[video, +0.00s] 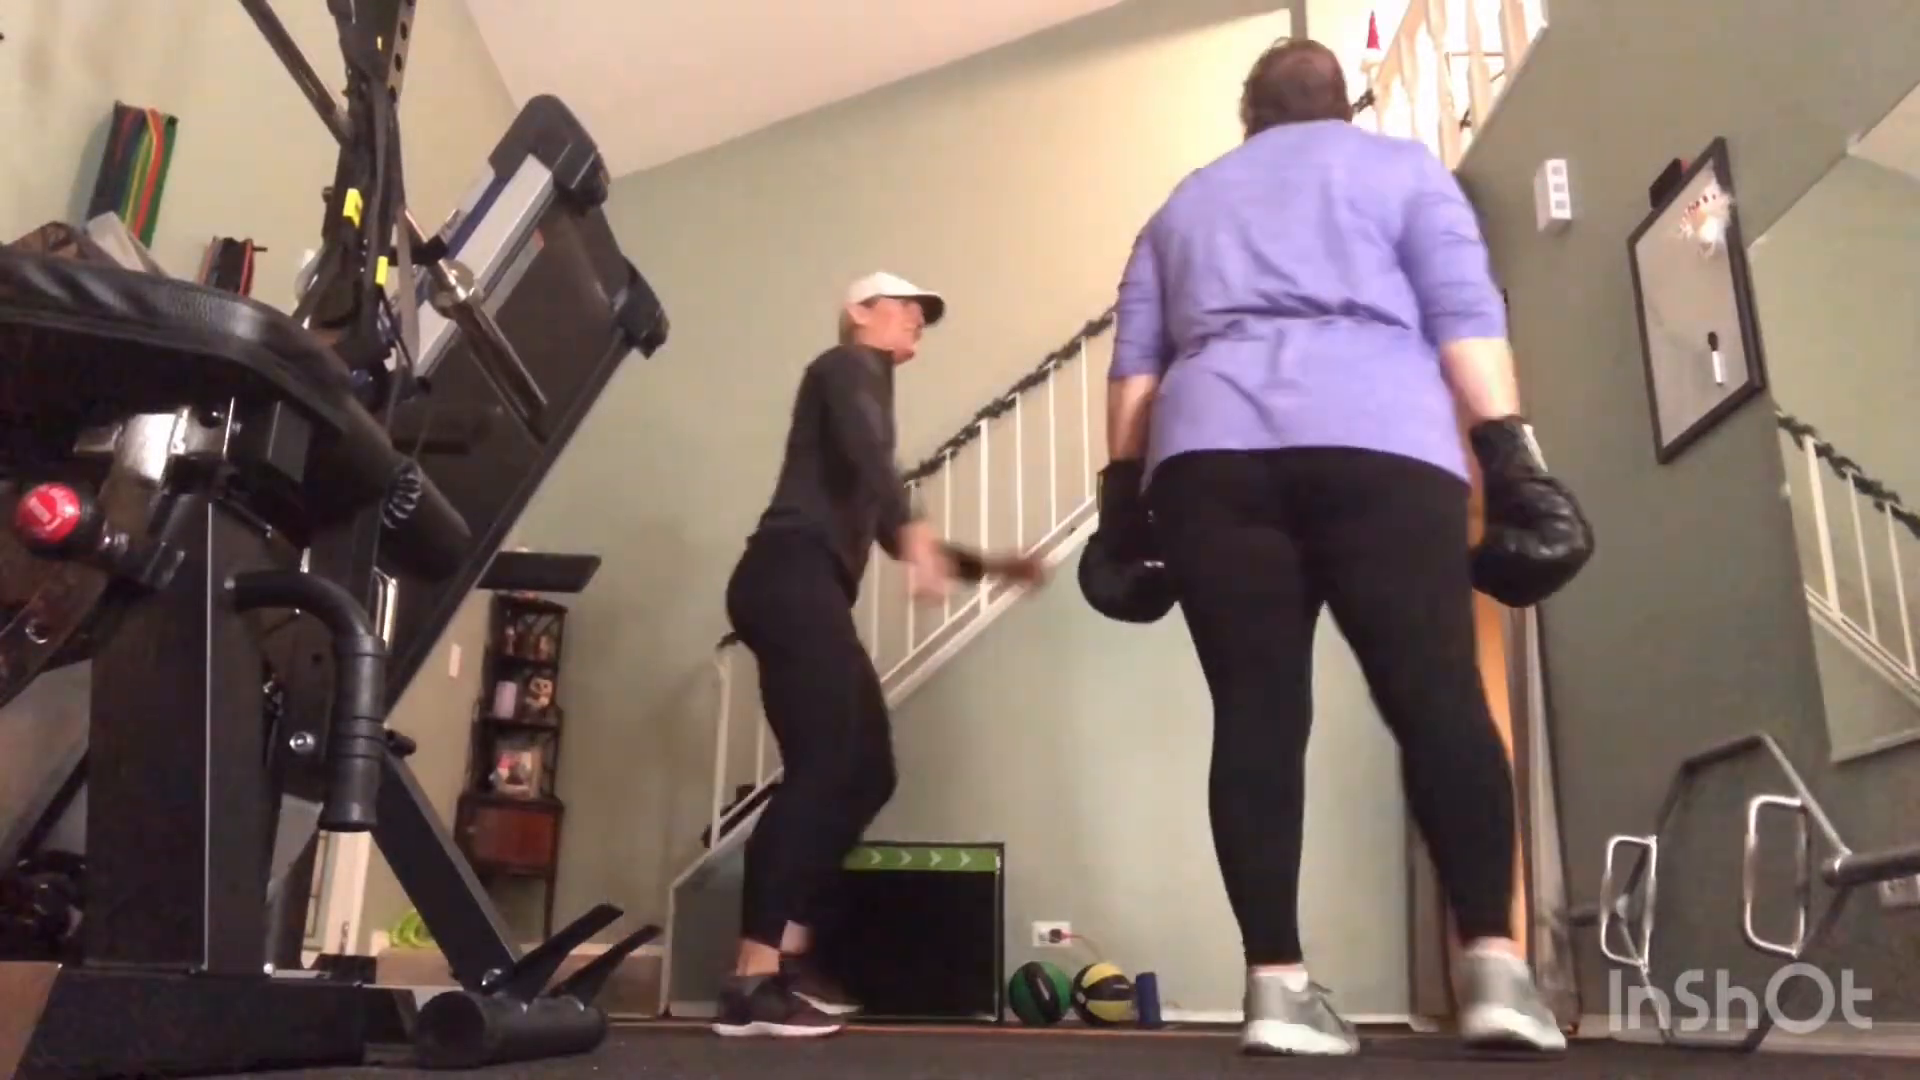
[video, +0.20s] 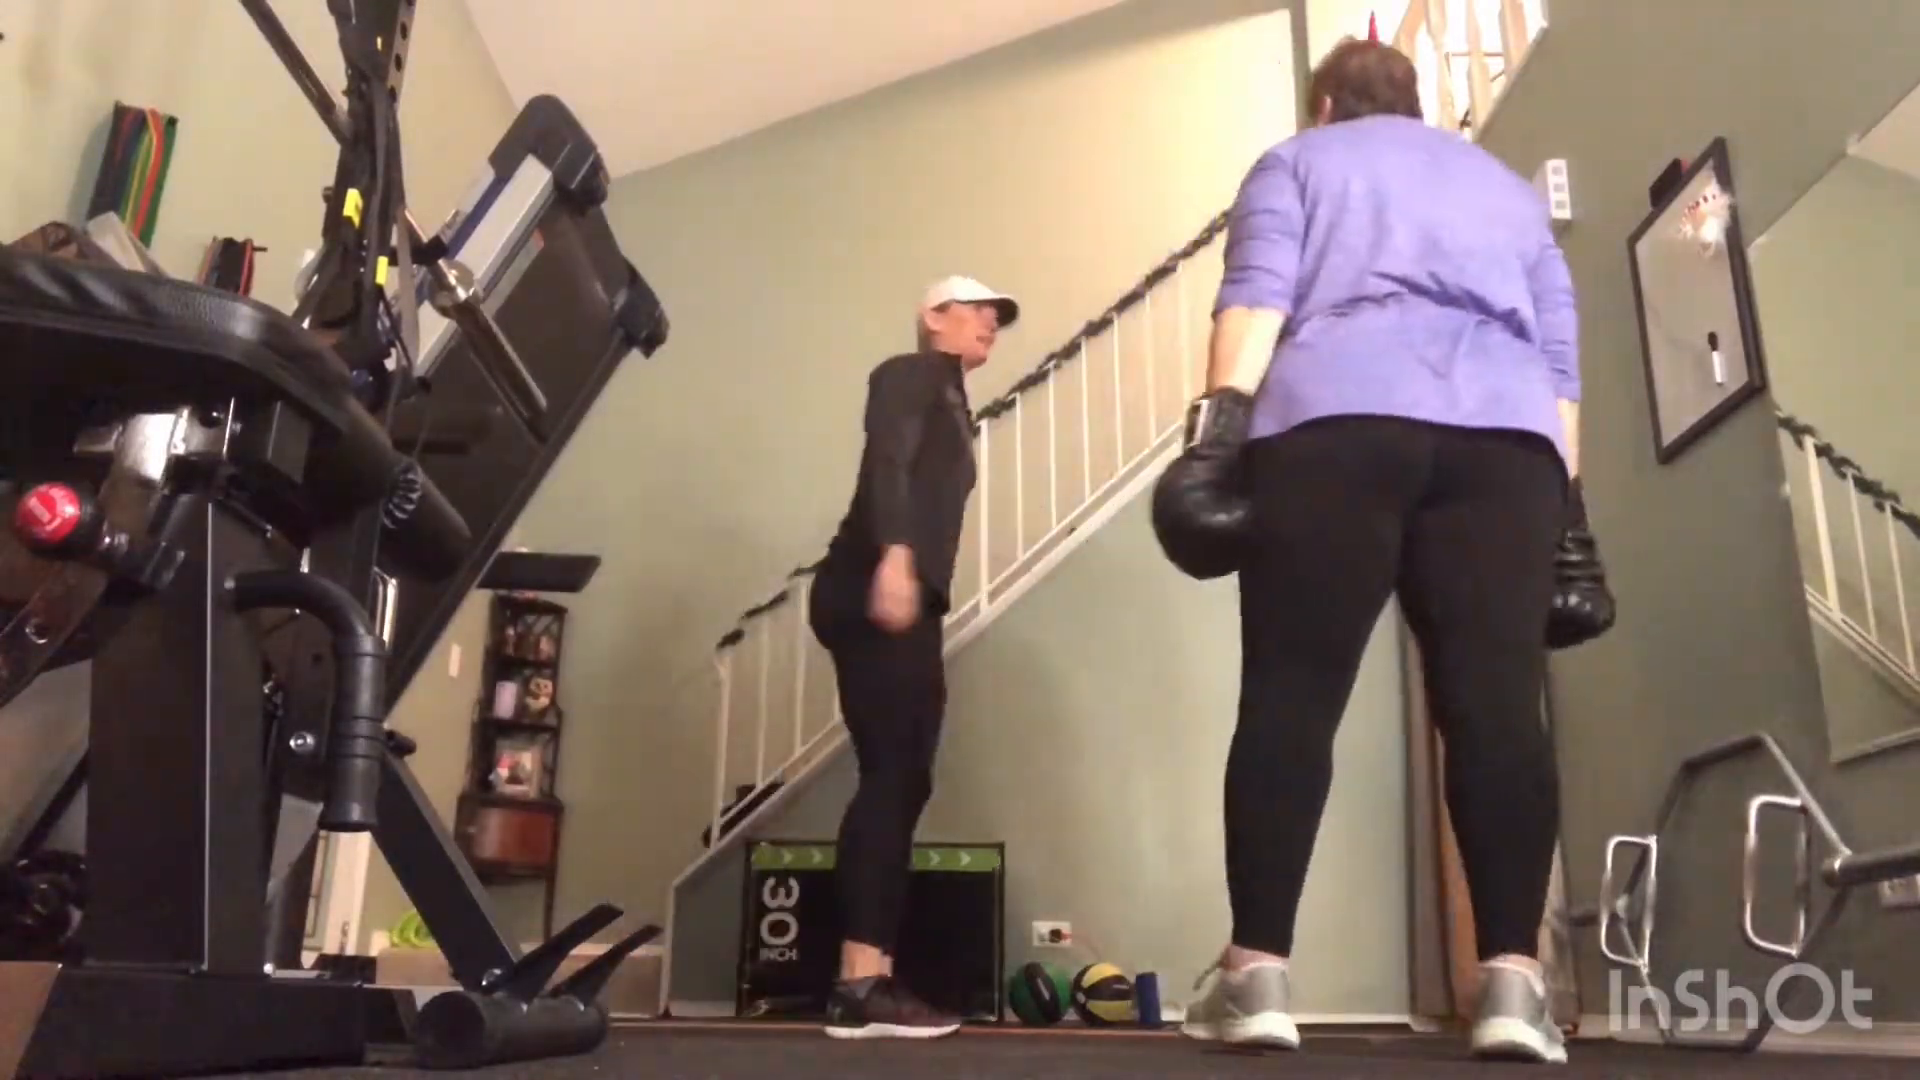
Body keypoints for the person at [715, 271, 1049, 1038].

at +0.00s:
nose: (917, 327)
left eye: (919, 318)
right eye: (907, 313)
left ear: (881, 321)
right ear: (864, 313)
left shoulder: (869, 397)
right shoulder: (846, 365)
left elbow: (897, 535)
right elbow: (863, 454)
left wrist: (993, 567)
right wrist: (907, 534)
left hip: (815, 588)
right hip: (788, 574)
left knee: (866, 772)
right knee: (821, 764)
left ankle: (789, 962)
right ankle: (751, 980)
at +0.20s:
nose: (991, 330)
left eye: (994, 322)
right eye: (979, 316)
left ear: (967, 329)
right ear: (937, 317)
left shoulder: (945, 396)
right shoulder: (909, 372)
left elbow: (922, 496)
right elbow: (887, 458)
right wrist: (896, 556)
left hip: (902, 596)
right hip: (877, 589)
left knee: (901, 783)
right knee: (892, 780)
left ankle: (869, 976)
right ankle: (862, 981)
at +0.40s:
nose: (1027, 382)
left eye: (1034, 373)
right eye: (1025, 364)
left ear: (998, 356)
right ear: (992, 344)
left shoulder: (977, 418)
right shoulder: (949, 392)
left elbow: (955, 542)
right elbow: (931, 484)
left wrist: (963, 656)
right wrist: (945, 567)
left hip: (923, 609)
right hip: (894, 599)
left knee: (953, 793)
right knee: (920, 782)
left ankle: (913, 983)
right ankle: (861, 982)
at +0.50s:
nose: (1060, 413)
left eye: (1064, 403)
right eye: (1059, 396)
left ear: (1026, 381)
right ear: (1031, 379)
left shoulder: (999, 444)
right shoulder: (978, 425)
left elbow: (998, 564)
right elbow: (972, 541)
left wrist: (1035, 669)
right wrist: (1007, 629)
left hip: (936, 627)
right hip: (925, 623)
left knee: (964, 796)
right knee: (977, 792)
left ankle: (930, 974)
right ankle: (929, 972)